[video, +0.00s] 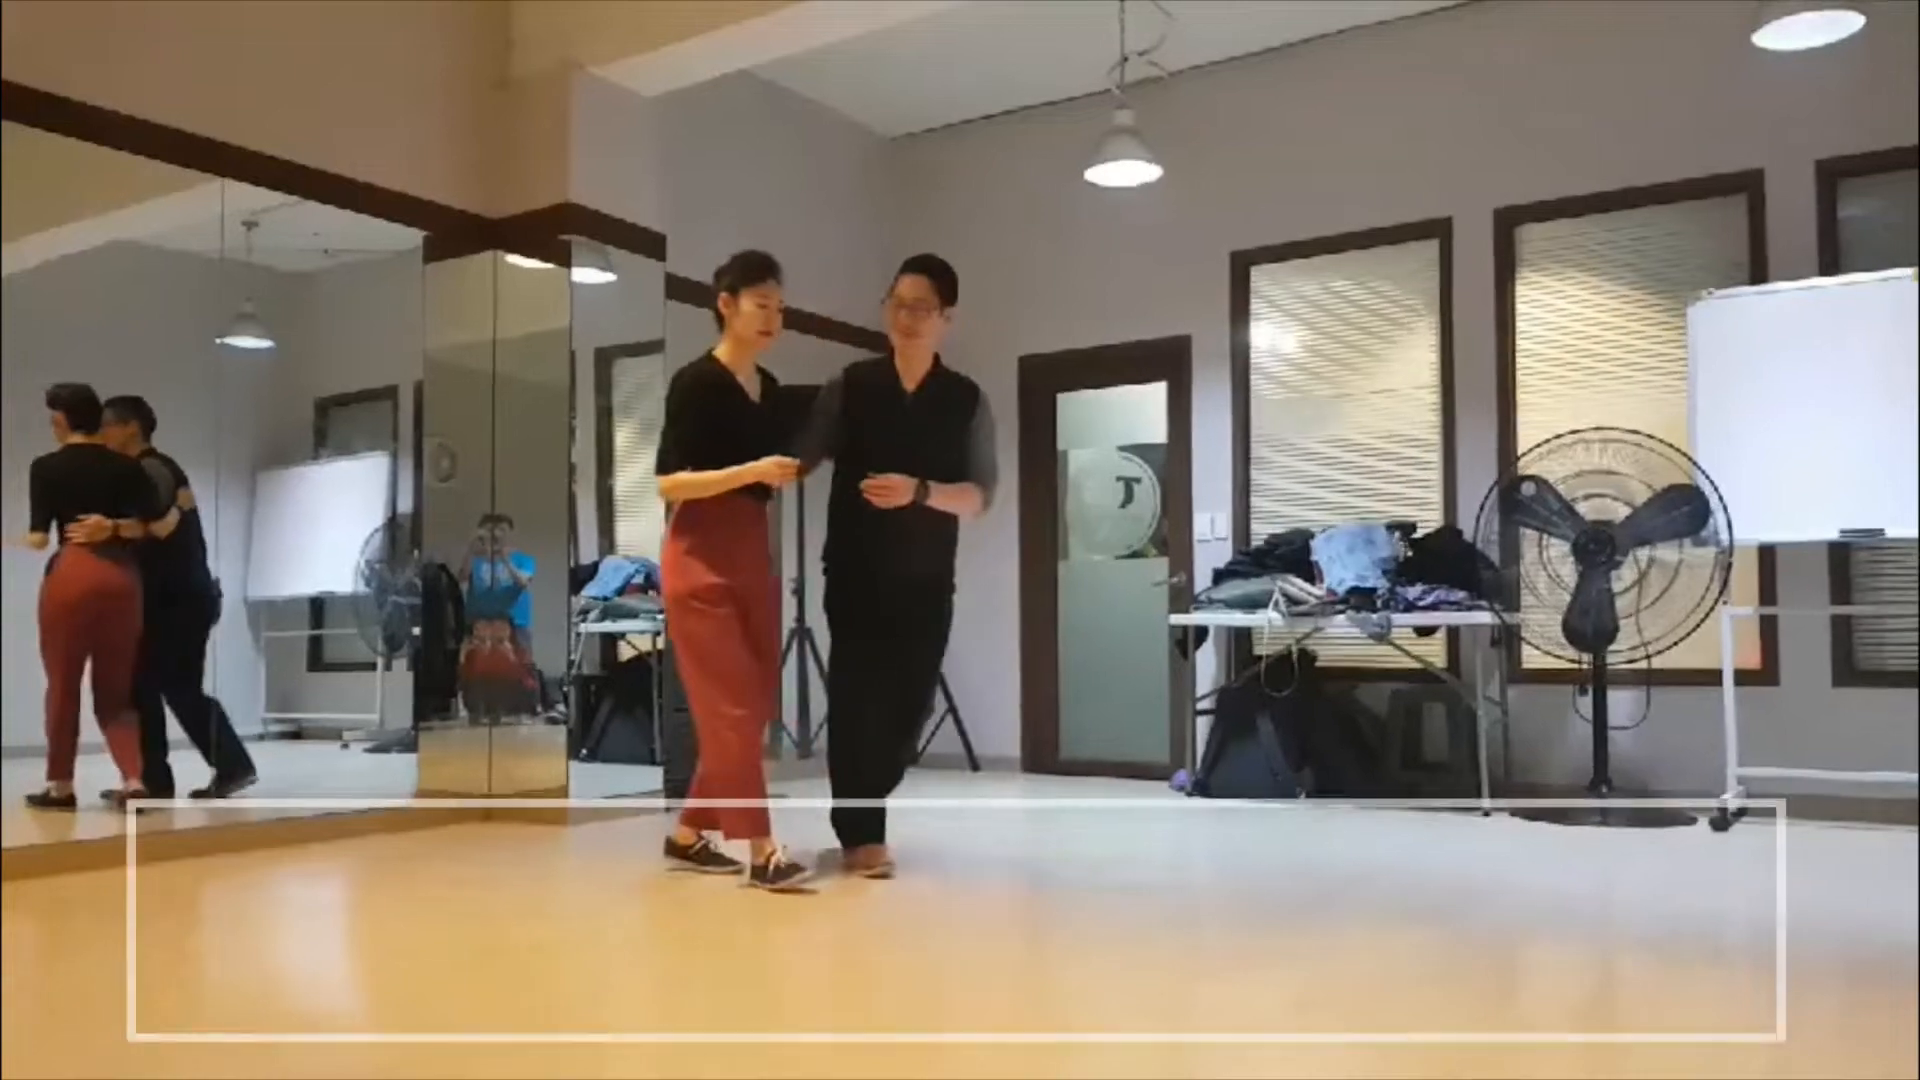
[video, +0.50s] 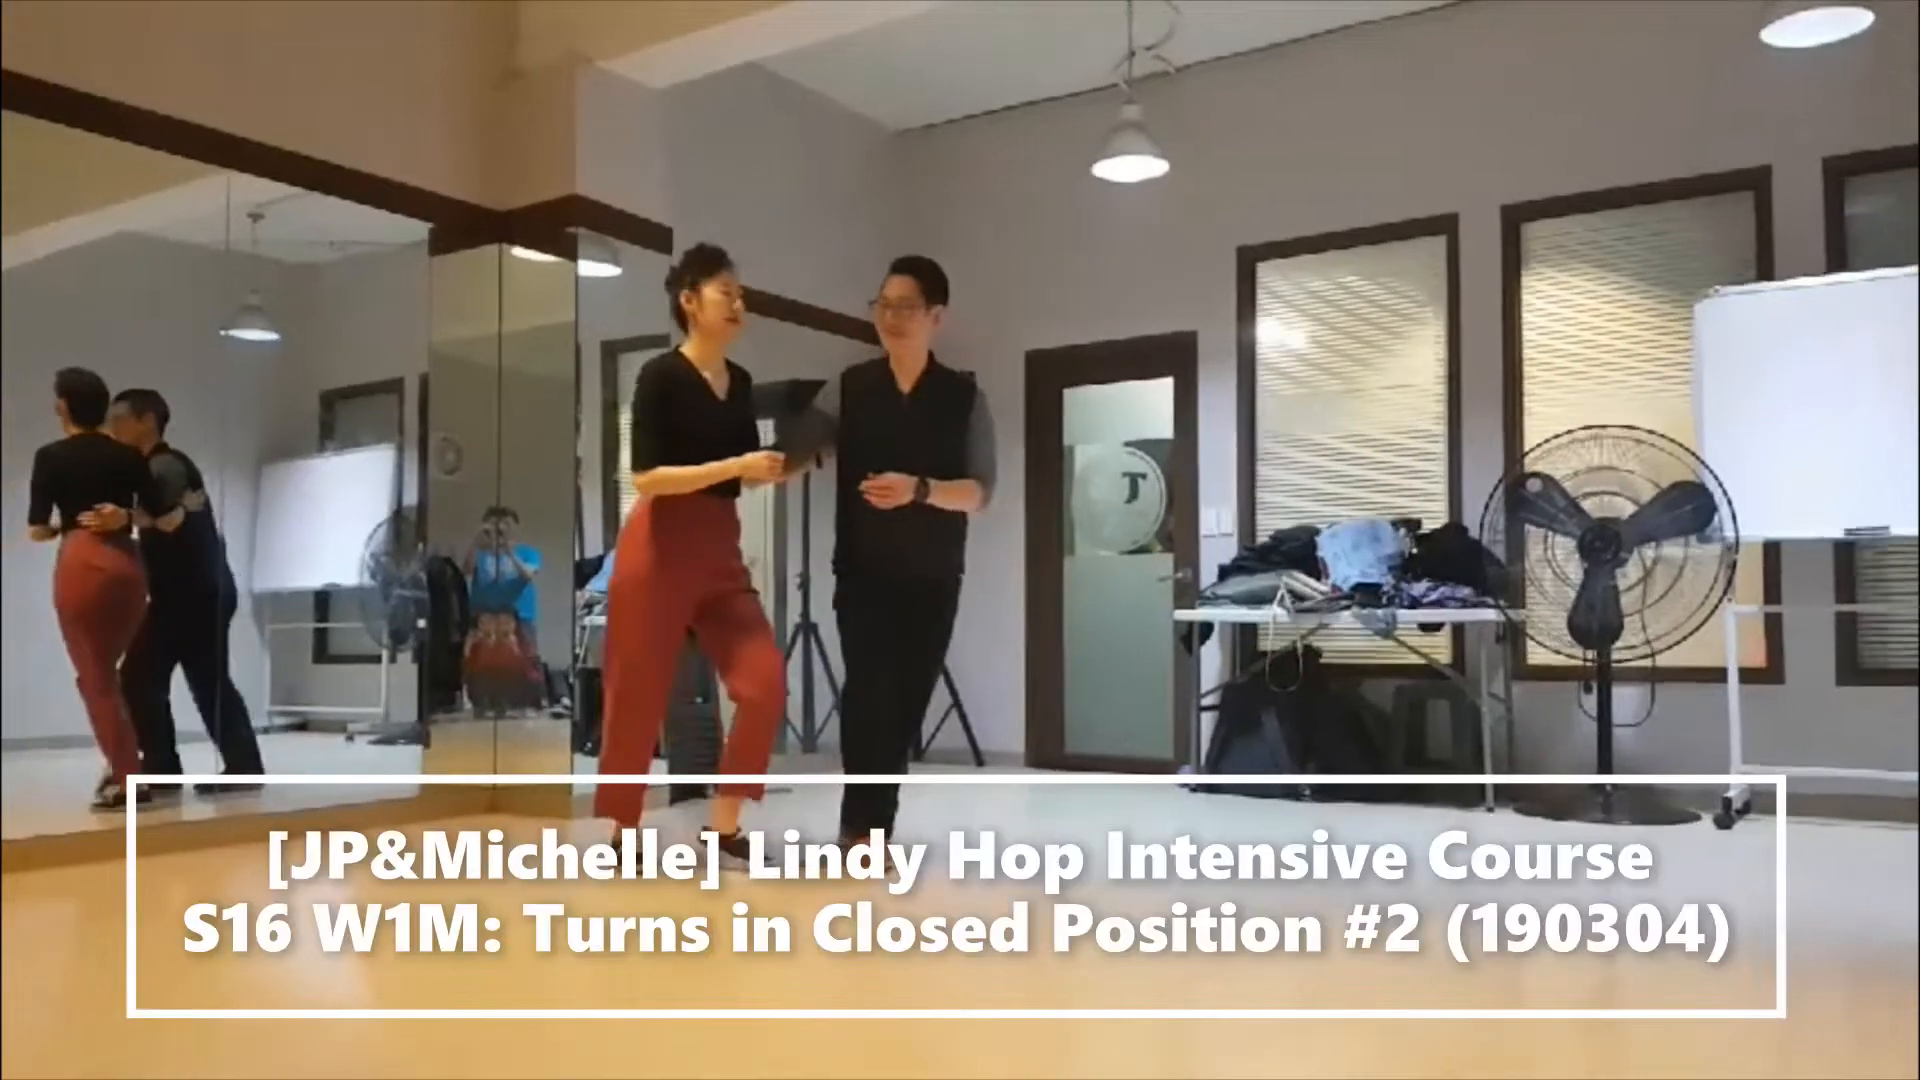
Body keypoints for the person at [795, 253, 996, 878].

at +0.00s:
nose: (906, 316)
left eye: (920, 307)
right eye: (898, 303)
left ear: (946, 317)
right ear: (884, 310)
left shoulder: (966, 398)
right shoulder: (850, 384)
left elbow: (978, 497)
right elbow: (800, 458)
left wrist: (917, 491)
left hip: (924, 574)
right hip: (854, 568)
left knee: (908, 701)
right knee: (856, 694)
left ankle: (860, 817)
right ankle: (862, 839)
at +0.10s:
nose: (906, 315)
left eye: (920, 306)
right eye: (898, 303)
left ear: (947, 317)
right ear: (884, 310)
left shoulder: (967, 397)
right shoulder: (851, 383)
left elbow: (979, 495)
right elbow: (797, 452)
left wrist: (917, 492)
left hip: (926, 571)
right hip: (857, 566)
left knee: (904, 699)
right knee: (863, 691)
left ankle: (866, 825)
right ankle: (863, 836)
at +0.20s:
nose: (903, 311)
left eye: (918, 302)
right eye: (896, 299)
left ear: (946, 312)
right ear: (884, 305)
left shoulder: (967, 389)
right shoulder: (853, 376)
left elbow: (981, 487)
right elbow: (798, 443)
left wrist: (918, 484)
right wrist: (772, 458)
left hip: (927, 566)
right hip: (860, 560)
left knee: (903, 698)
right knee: (866, 689)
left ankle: (874, 830)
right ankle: (857, 830)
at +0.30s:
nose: (900, 309)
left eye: (915, 300)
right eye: (892, 297)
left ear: (943, 309)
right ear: (882, 303)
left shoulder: (967, 385)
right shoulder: (852, 374)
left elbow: (981, 482)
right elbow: (798, 439)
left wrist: (919, 477)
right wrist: (770, 456)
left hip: (929, 560)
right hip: (861, 555)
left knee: (904, 694)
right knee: (870, 685)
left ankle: (872, 829)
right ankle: (860, 830)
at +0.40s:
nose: (894, 309)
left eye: (909, 300)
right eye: (887, 298)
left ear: (941, 309)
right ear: (879, 304)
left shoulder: (967, 387)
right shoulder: (853, 375)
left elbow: (981, 483)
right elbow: (802, 438)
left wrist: (920, 479)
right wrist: (776, 455)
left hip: (929, 562)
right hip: (863, 557)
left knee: (904, 694)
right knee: (872, 685)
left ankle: (871, 828)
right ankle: (861, 828)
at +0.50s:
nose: (892, 317)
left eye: (907, 306)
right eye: (884, 305)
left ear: (936, 316)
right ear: (874, 313)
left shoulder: (964, 394)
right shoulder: (852, 385)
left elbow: (979, 492)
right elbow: (808, 449)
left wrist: (917, 490)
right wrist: (787, 453)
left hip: (929, 575)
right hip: (863, 571)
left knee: (901, 709)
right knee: (866, 701)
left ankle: (873, 834)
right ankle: (858, 836)